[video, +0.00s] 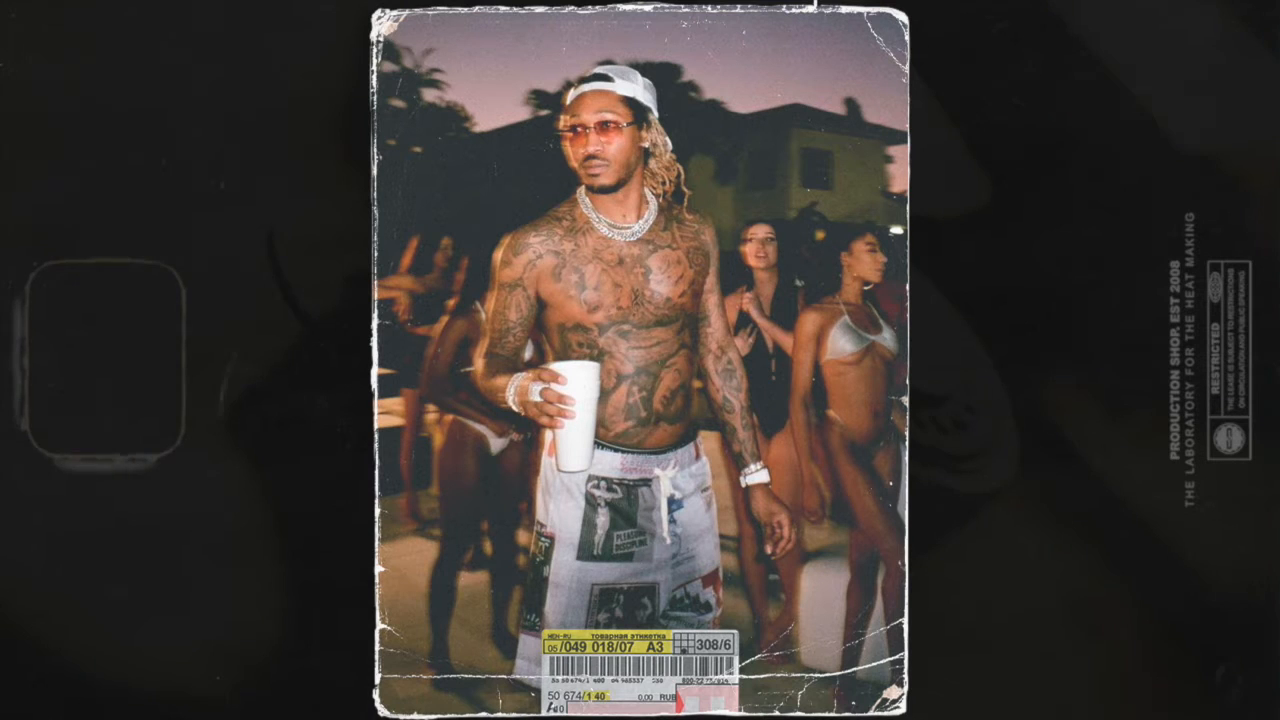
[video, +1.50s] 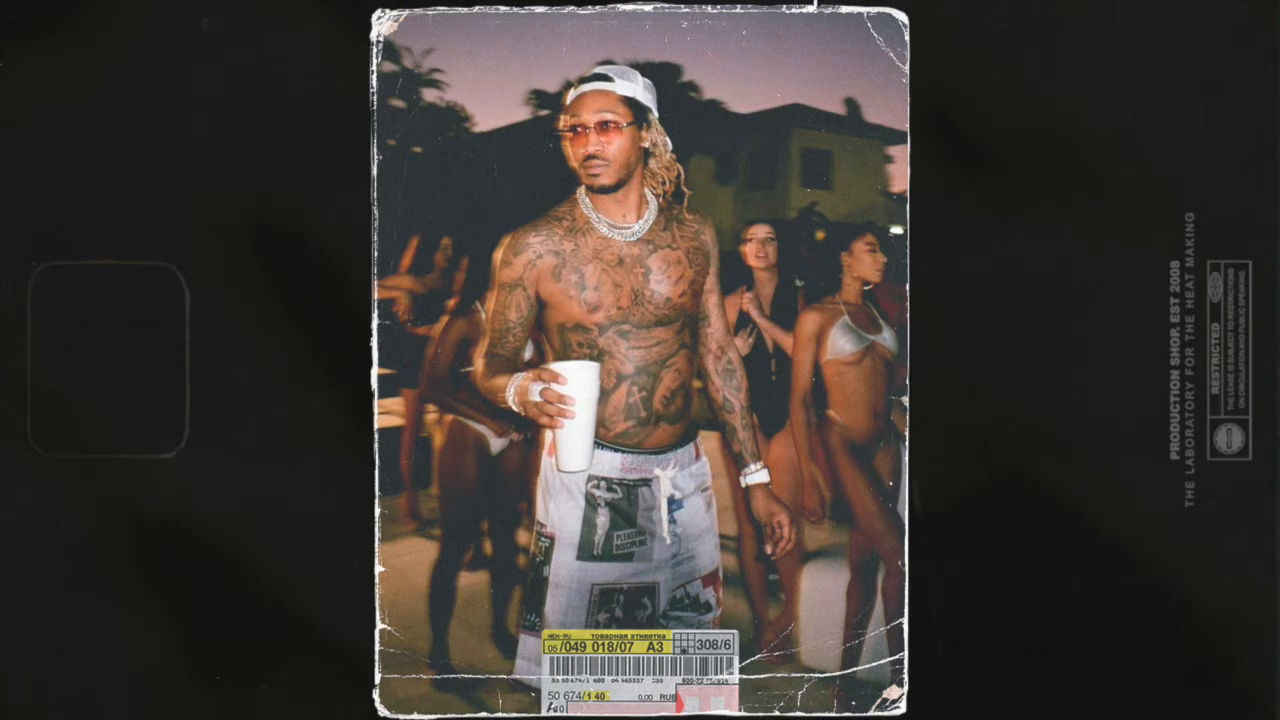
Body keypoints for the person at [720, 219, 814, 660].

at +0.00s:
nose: (760, 249)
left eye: (768, 241)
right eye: (752, 241)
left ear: (781, 250)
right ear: (741, 250)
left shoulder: (797, 296)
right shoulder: (730, 300)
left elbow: (804, 352)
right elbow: (712, 365)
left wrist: (761, 318)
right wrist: (734, 345)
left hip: (783, 420)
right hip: (738, 421)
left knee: (783, 521)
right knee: (748, 525)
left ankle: (793, 613)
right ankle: (762, 621)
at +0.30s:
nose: (760, 249)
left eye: (768, 241)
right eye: (752, 241)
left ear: (781, 250)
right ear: (741, 250)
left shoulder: (797, 296)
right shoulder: (730, 300)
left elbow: (804, 352)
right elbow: (712, 365)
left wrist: (761, 318)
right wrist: (734, 344)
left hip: (784, 420)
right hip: (738, 421)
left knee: (783, 521)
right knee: (748, 525)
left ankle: (793, 613)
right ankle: (762, 621)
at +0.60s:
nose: (760, 249)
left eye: (767, 242)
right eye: (752, 242)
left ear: (781, 249)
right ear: (741, 250)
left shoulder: (797, 296)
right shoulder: (731, 300)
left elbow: (803, 351)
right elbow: (714, 364)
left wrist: (761, 318)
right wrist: (735, 341)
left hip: (784, 419)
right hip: (739, 420)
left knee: (783, 521)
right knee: (748, 526)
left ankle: (794, 612)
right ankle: (762, 622)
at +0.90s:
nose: (759, 249)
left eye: (767, 242)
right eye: (752, 242)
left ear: (781, 249)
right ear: (740, 250)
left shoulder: (797, 296)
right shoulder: (731, 300)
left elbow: (803, 351)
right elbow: (714, 365)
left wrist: (761, 318)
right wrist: (735, 344)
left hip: (784, 420)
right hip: (739, 421)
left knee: (783, 521)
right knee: (748, 526)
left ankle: (793, 612)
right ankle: (762, 621)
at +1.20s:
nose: (759, 249)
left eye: (767, 242)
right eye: (751, 242)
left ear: (781, 249)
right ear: (741, 250)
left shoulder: (798, 296)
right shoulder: (731, 301)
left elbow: (804, 352)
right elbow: (715, 363)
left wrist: (761, 318)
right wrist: (735, 341)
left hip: (784, 420)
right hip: (738, 421)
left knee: (783, 522)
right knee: (748, 526)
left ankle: (795, 612)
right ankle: (763, 622)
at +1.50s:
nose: (760, 249)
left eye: (768, 241)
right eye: (752, 242)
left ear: (781, 249)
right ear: (741, 250)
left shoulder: (798, 296)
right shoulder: (731, 300)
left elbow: (804, 352)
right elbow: (714, 364)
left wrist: (762, 319)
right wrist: (733, 344)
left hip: (784, 419)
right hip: (738, 420)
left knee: (785, 521)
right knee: (749, 527)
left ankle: (794, 613)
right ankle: (763, 623)